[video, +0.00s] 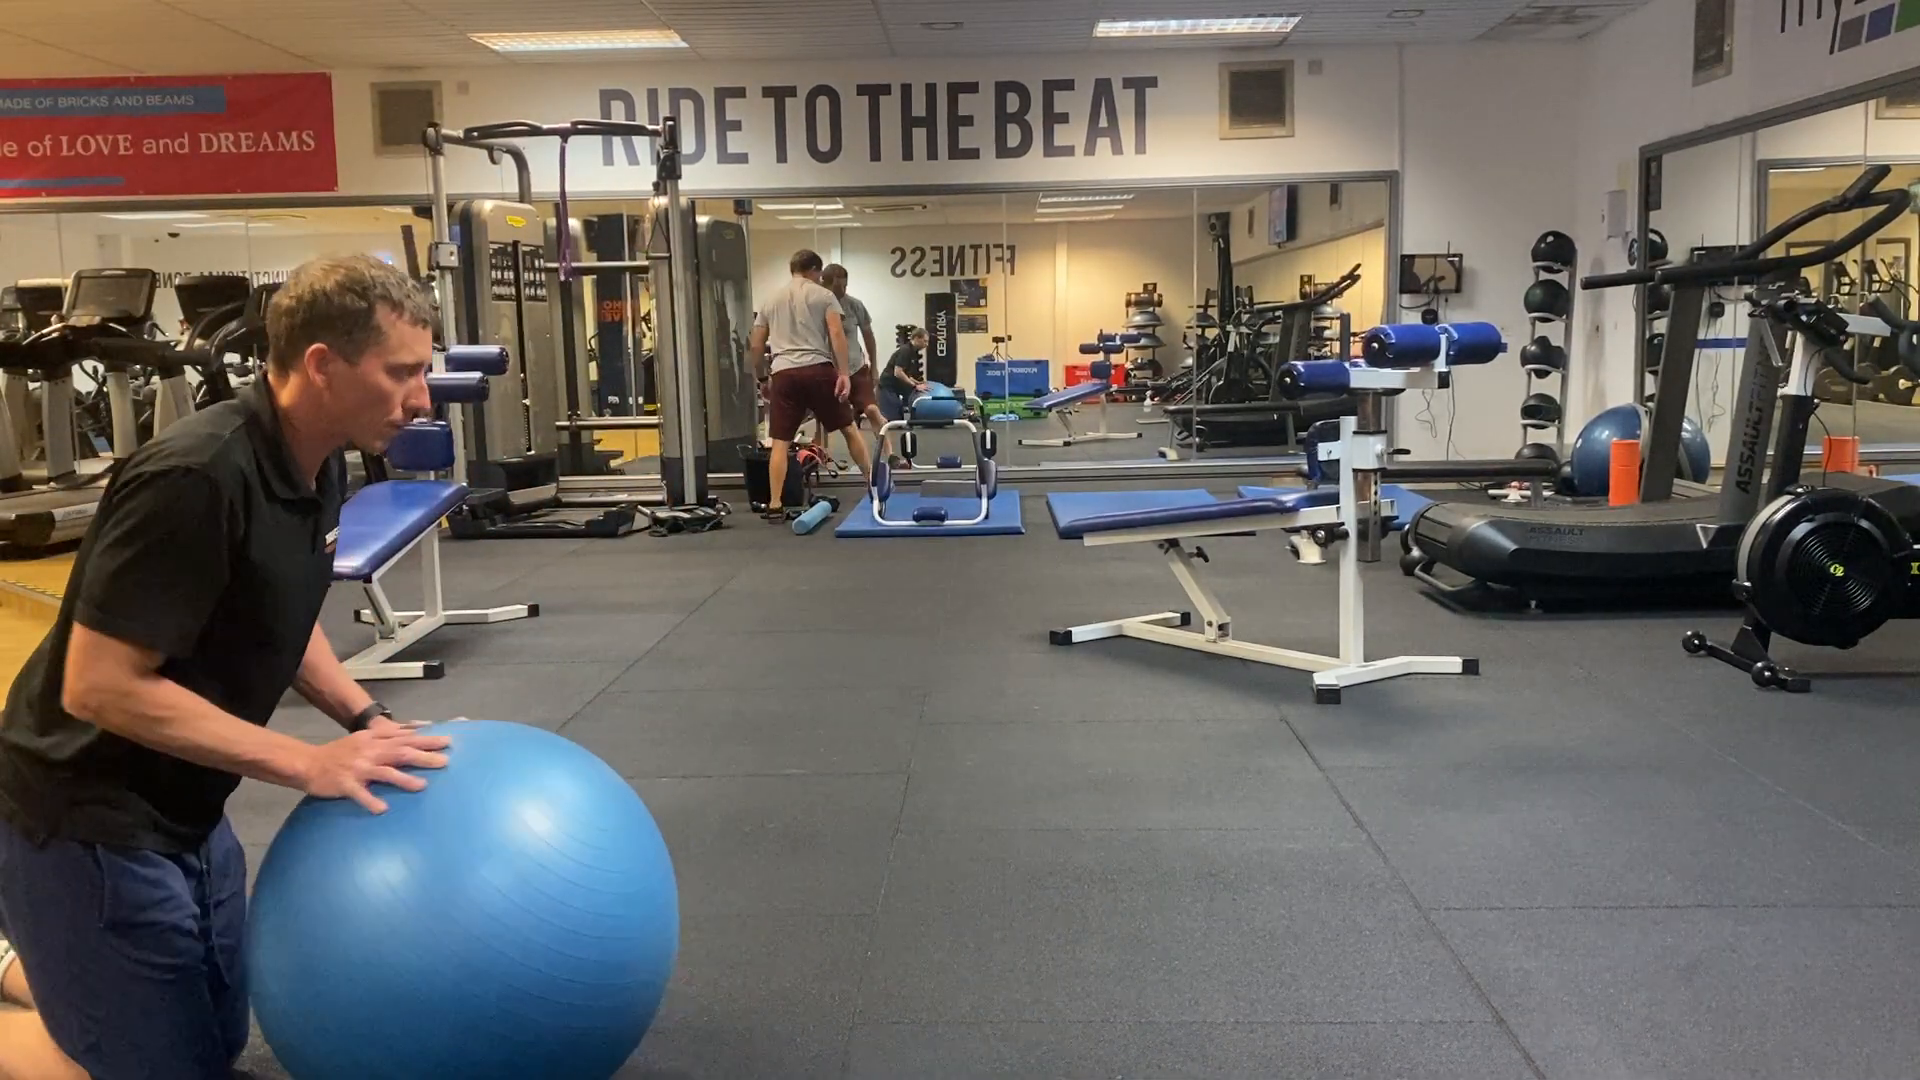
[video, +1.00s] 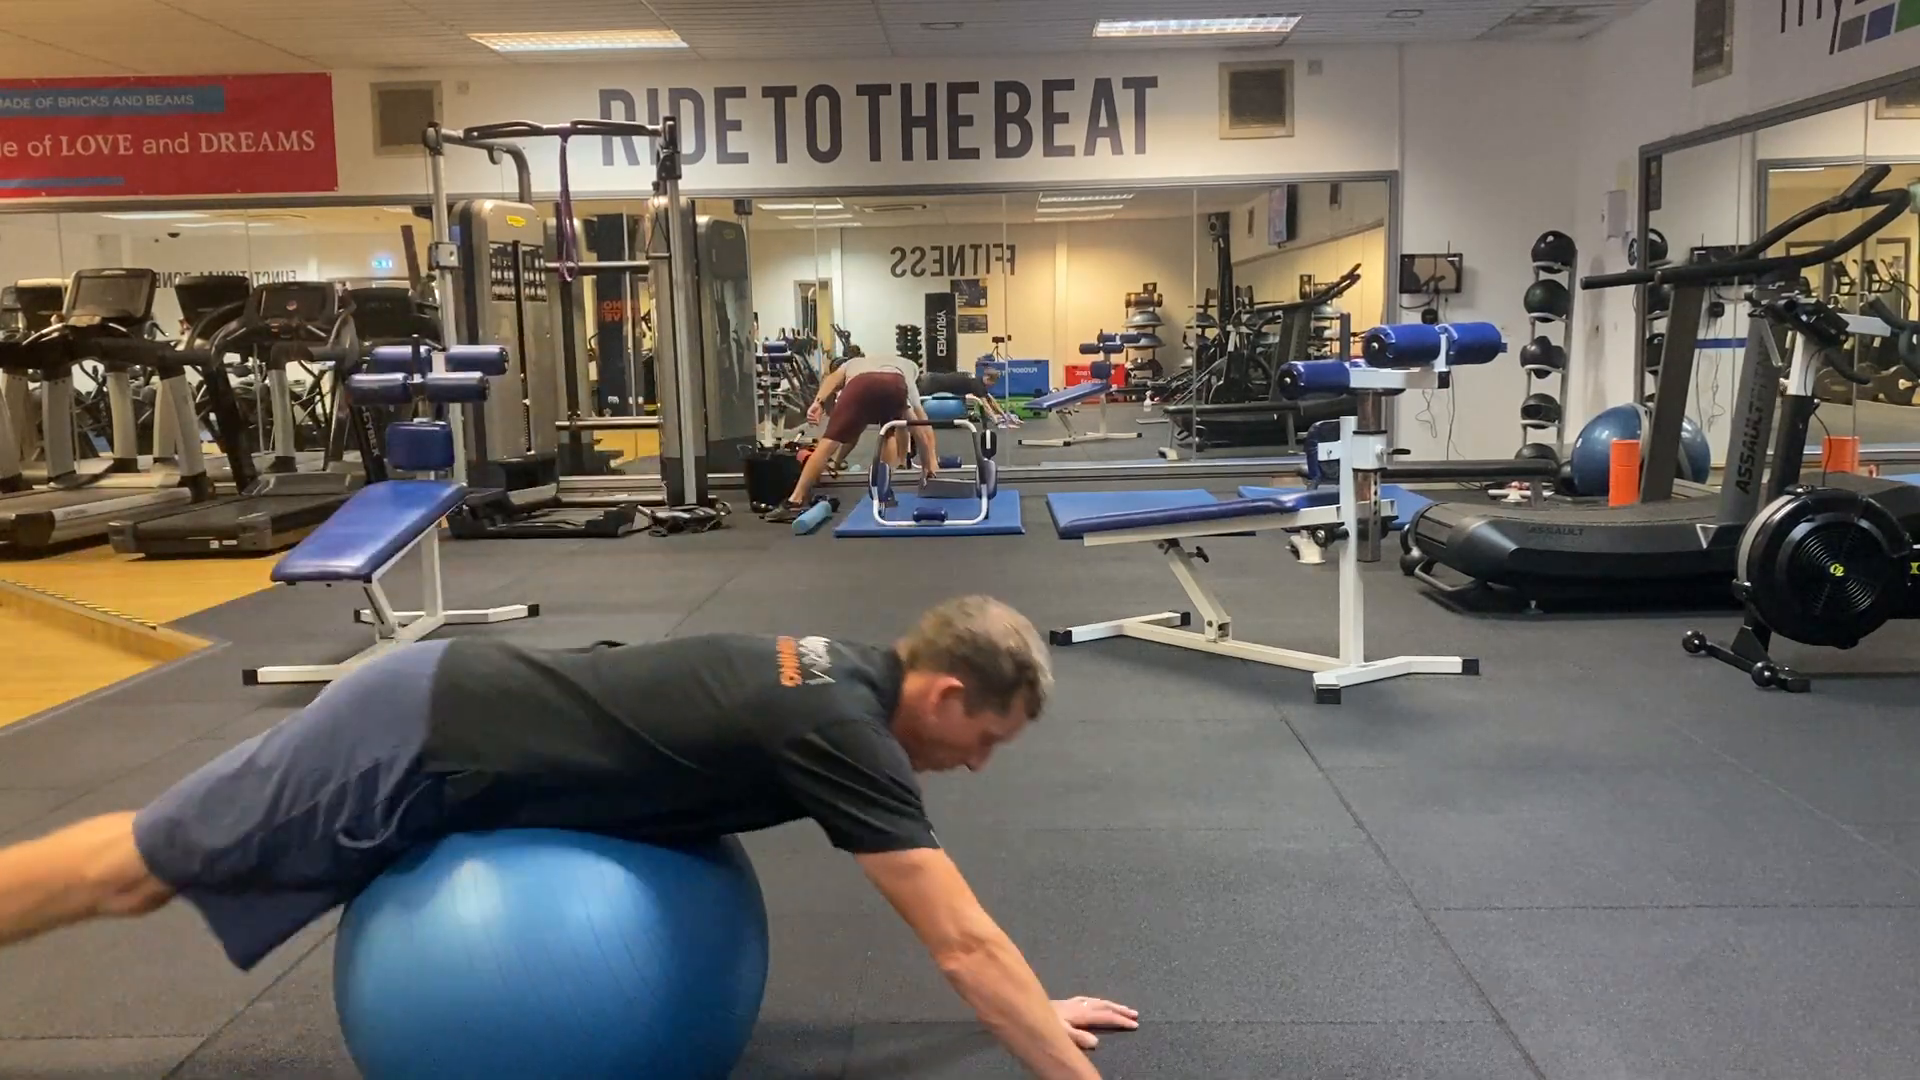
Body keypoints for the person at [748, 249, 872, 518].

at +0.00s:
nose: (821, 278)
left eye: (820, 274)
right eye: (820, 274)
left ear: (793, 270)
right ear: (815, 271)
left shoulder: (770, 300)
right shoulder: (825, 295)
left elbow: (756, 345)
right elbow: (836, 333)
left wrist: (760, 377)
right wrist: (844, 372)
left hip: (783, 375)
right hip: (821, 372)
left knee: (780, 443)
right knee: (850, 430)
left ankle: (775, 505)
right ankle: (874, 484)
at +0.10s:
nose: (836, 285)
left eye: (835, 282)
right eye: (836, 281)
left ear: (808, 278)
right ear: (832, 279)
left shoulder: (788, 304)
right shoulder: (843, 303)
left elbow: (769, 345)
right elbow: (859, 341)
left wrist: (768, 382)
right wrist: (865, 379)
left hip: (798, 378)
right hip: (836, 376)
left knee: (786, 443)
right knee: (859, 437)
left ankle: (776, 504)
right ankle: (881, 488)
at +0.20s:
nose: (855, 297)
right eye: (855, 294)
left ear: (826, 290)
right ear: (850, 291)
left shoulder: (807, 310)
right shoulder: (863, 312)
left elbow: (786, 348)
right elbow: (881, 354)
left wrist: (777, 384)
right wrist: (884, 394)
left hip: (815, 380)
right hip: (852, 379)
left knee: (796, 441)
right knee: (868, 435)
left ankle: (778, 503)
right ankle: (881, 491)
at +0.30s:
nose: (872, 312)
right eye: (871, 309)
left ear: (844, 305)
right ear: (868, 306)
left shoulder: (825, 318)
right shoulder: (878, 327)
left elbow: (802, 348)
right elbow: (895, 371)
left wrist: (789, 384)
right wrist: (900, 413)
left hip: (829, 380)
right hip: (865, 381)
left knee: (804, 443)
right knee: (875, 437)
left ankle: (782, 503)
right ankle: (884, 493)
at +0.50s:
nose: (896, 351)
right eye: (895, 348)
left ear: (868, 332)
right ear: (890, 342)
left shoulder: (846, 336)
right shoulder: (892, 351)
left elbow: (823, 354)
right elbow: (910, 407)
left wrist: (813, 382)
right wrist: (916, 444)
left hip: (846, 378)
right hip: (882, 378)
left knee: (818, 441)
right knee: (884, 433)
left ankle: (792, 499)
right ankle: (885, 490)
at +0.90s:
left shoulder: (854, 363)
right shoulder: (907, 369)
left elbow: (833, 377)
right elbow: (919, 422)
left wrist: (819, 399)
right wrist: (932, 463)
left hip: (860, 383)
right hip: (896, 385)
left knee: (826, 444)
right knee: (891, 435)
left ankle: (795, 500)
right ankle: (884, 491)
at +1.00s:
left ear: (849, 364)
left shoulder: (851, 362)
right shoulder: (905, 369)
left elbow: (832, 378)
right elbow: (922, 421)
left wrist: (818, 400)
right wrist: (931, 463)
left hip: (859, 384)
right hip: (894, 382)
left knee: (826, 445)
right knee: (892, 433)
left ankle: (795, 500)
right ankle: (884, 490)